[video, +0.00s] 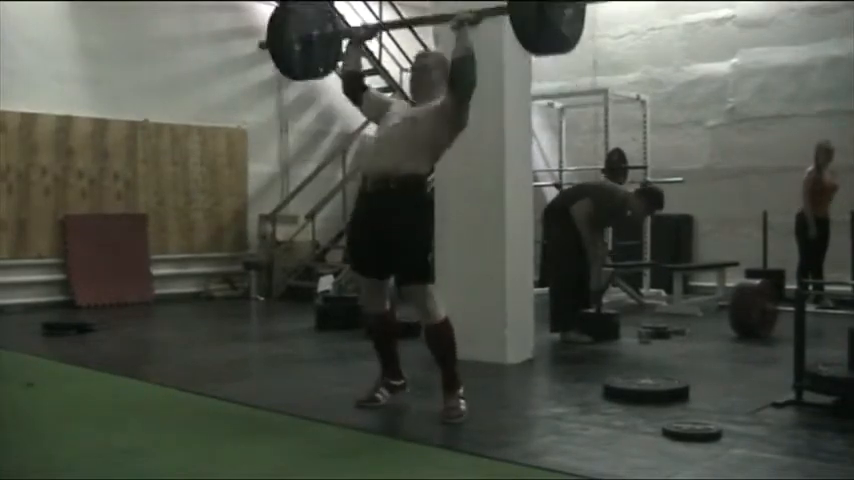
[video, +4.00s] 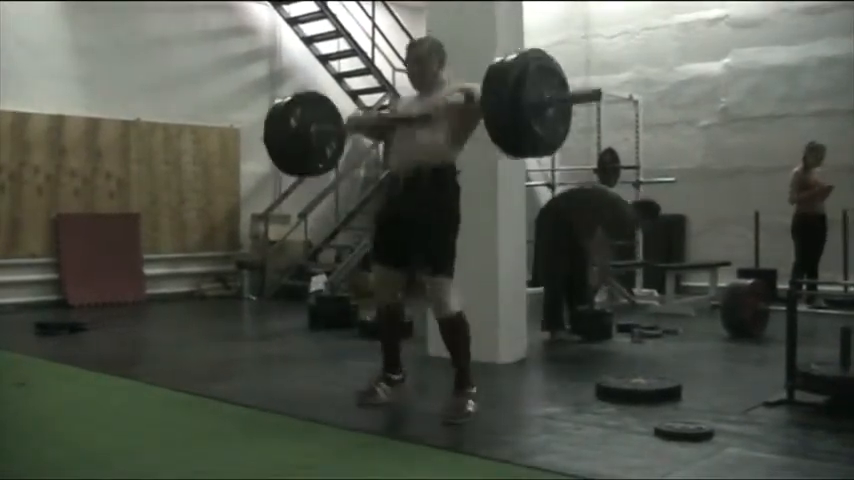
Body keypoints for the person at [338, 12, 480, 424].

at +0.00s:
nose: (417, 70)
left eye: (426, 66)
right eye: (414, 66)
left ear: (444, 77)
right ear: (410, 76)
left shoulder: (446, 115)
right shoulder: (391, 109)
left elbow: (464, 81)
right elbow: (354, 88)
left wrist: (463, 32)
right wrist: (356, 45)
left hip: (411, 202)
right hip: (372, 201)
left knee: (422, 298)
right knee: (373, 297)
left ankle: (453, 391)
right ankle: (392, 381)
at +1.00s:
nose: (459, 84)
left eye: (464, 77)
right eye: (453, 79)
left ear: (480, 73)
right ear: (448, 81)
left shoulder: (510, 113)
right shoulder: (443, 119)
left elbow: (540, 166)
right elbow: (427, 164)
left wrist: (554, 210)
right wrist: (417, 195)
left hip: (497, 207)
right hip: (457, 208)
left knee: (502, 294)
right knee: (440, 287)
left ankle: (514, 379)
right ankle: (470, 359)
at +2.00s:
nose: (372, 155)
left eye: (372, 147)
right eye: (367, 149)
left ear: (388, 135)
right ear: (372, 144)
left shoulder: (449, 148)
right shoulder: (396, 172)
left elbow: (484, 202)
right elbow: (387, 229)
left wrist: (491, 255)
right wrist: (380, 278)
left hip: (479, 216)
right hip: (443, 221)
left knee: (472, 299)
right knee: (420, 293)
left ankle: (491, 392)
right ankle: (416, 384)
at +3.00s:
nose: (394, 65)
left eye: (401, 57)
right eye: (392, 58)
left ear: (423, 59)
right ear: (393, 64)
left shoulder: (449, 109)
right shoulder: (394, 112)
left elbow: (482, 157)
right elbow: (383, 160)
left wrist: (463, 196)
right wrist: (385, 198)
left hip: (447, 216)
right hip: (406, 215)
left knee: (443, 303)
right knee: (399, 300)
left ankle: (462, 393)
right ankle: (410, 384)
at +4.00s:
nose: (413, 69)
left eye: (420, 61)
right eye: (409, 63)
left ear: (439, 62)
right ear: (407, 67)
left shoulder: (458, 95)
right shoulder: (401, 106)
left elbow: (474, 106)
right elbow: (355, 123)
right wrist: (392, 120)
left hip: (436, 191)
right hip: (397, 192)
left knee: (438, 290)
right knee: (386, 286)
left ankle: (464, 388)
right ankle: (391, 376)